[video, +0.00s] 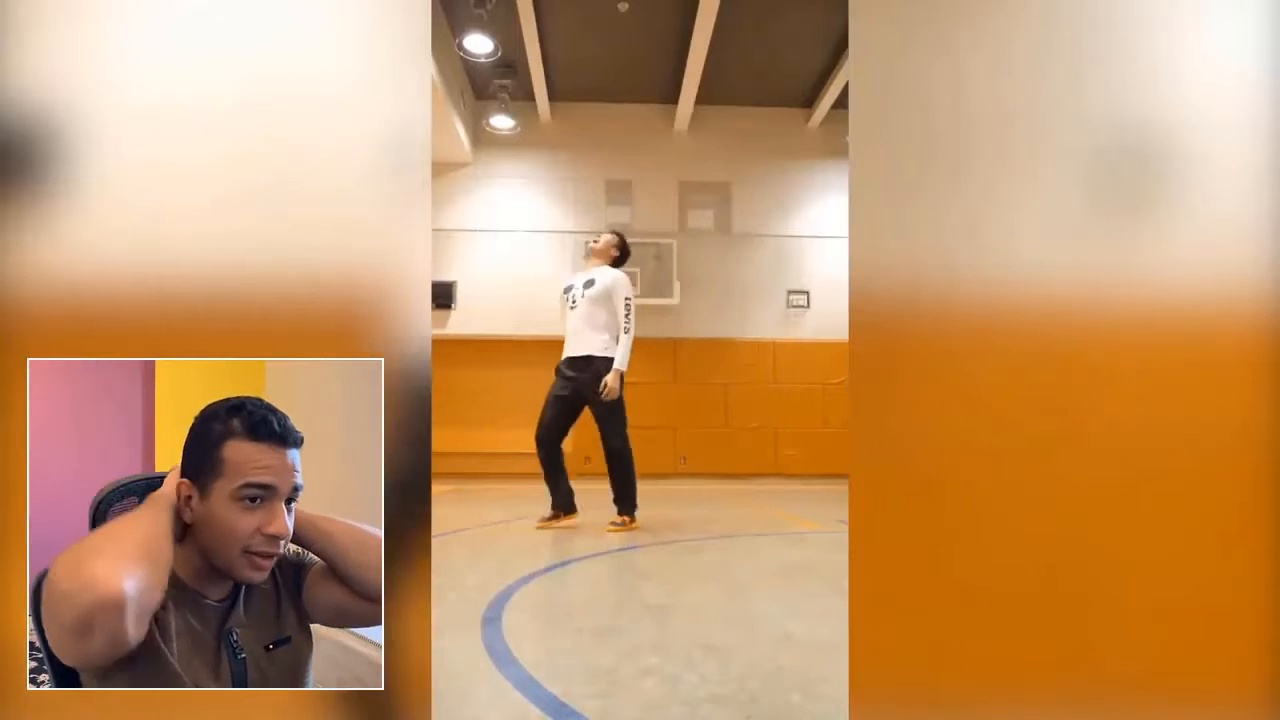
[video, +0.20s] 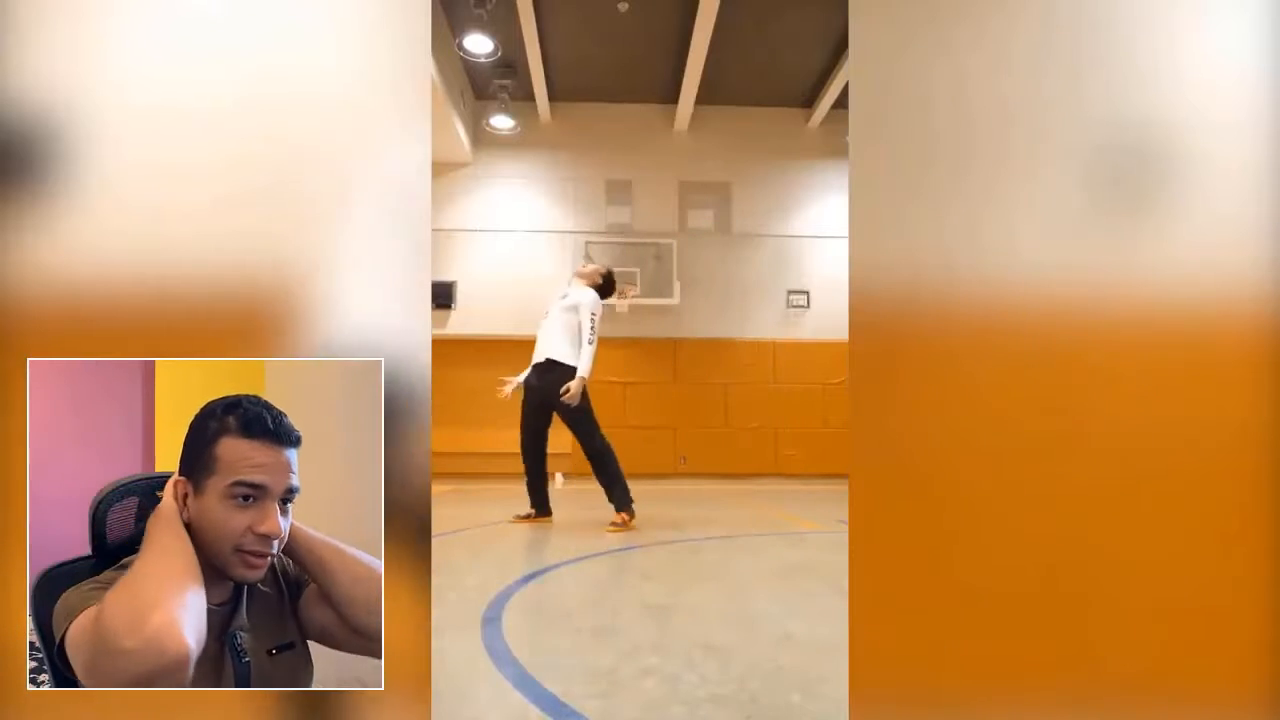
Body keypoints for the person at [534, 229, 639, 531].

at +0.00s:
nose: (596, 238)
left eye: (605, 237)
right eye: (599, 235)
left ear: (615, 252)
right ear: (597, 248)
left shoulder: (618, 278)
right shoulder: (575, 281)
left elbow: (627, 329)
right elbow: (574, 327)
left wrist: (617, 370)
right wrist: (565, 361)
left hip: (602, 366)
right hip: (571, 366)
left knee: (615, 442)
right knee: (546, 437)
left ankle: (626, 512)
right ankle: (564, 508)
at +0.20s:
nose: (587, 263)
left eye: (594, 266)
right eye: (592, 262)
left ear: (597, 280)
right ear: (588, 275)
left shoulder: (589, 296)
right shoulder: (561, 299)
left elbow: (590, 340)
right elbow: (548, 349)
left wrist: (580, 378)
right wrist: (521, 378)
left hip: (563, 374)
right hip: (538, 374)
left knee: (593, 443)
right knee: (532, 444)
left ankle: (624, 509)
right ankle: (540, 508)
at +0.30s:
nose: (585, 270)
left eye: (591, 273)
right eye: (590, 270)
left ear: (591, 286)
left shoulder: (581, 299)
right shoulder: (554, 301)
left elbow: (578, 339)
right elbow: (536, 348)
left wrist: (570, 376)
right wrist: (504, 369)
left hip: (547, 373)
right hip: (524, 374)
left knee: (575, 440)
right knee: (523, 446)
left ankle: (612, 497)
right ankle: (540, 507)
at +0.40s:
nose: (571, 273)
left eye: (577, 276)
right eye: (577, 273)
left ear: (577, 290)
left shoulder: (564, 303)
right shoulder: (542, 303)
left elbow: (563, 342)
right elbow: (510, 339)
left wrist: (552, 373)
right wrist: (469, 341)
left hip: (527, 368)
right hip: (511, 365)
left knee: (521, 435)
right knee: (513, 439)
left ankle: (549, 495)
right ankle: (534, 502)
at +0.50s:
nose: (554, 273)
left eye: (559, 276)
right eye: (560, 272)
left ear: (558, 289)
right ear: (557, 285)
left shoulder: (543, 301)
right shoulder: (530, 301)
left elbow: (542, 344)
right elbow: (496, 334)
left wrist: (534, 380)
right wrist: (456, 329)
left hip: (511, 374)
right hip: (503, 372)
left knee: (473, 434)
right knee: (515, 443)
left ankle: (487, 496)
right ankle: (539, 505)